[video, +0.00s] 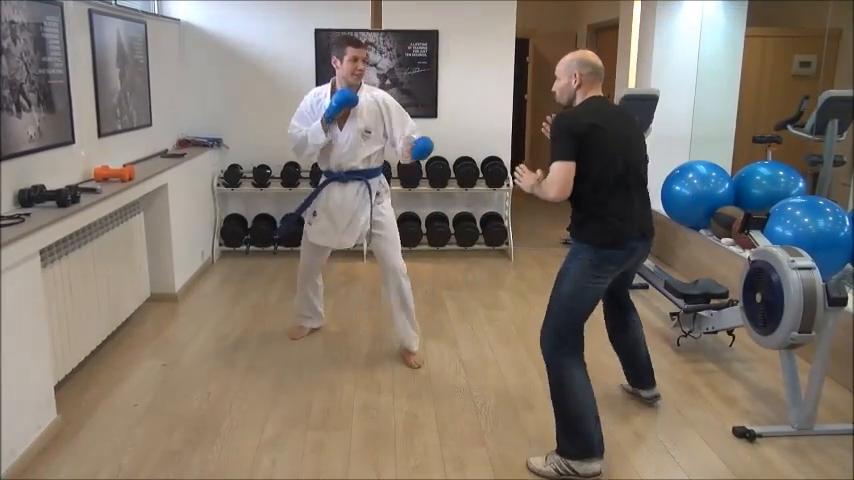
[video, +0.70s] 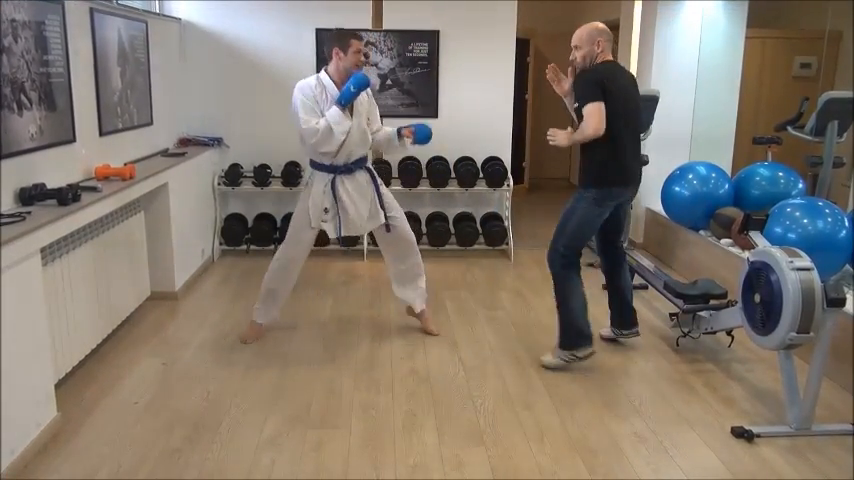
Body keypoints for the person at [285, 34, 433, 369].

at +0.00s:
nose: (360, 67)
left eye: (365, 62)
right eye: (354, 60)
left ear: (368, 66)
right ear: (336, 63)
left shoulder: (380, 101)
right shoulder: (315, 99)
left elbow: (403, 141)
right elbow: (299, 147)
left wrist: (413, 147)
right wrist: (327, 120)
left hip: (373, 191)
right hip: (332, 191)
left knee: (395, 266)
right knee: (309, 261)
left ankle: (409, 343)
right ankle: (310, 318)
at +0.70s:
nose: (363, 61)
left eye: (365, 56)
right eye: (358, 55)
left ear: (345, 57)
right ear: (337, 55)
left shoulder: (362, 91)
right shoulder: (307, 90)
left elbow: (374, 139)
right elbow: (316, 141)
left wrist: (401, 136)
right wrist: (344, 102)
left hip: (363, 177)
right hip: (323, 180)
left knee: (402, 236)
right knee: (292, 250)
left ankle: (418, 303)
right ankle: (261, 316)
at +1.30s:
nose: (339, 87)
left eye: (341, 82)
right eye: (335, 81)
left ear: (335, 83)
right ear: (315, 78)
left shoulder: (339, 113)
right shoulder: (285, 110)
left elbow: (348, 157)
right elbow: (296, 161)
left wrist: (365, 162)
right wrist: (318, 123)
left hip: (339, 195)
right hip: (300, 198)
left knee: (387, 251)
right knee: (274, 270)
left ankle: (409, 319)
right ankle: (255, 326)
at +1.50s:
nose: (334, 88)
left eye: (336, 83)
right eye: (329, 82)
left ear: (335, 85)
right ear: (309, 81)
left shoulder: (339, 117)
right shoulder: (281, 114)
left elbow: (351, 163)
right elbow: (284, 164)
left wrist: (364, 165)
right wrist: (314, 133)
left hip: (338, 197)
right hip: (297, 201)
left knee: (383, 255)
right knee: (275, 276)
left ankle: (405, 320)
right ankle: (257, 329)